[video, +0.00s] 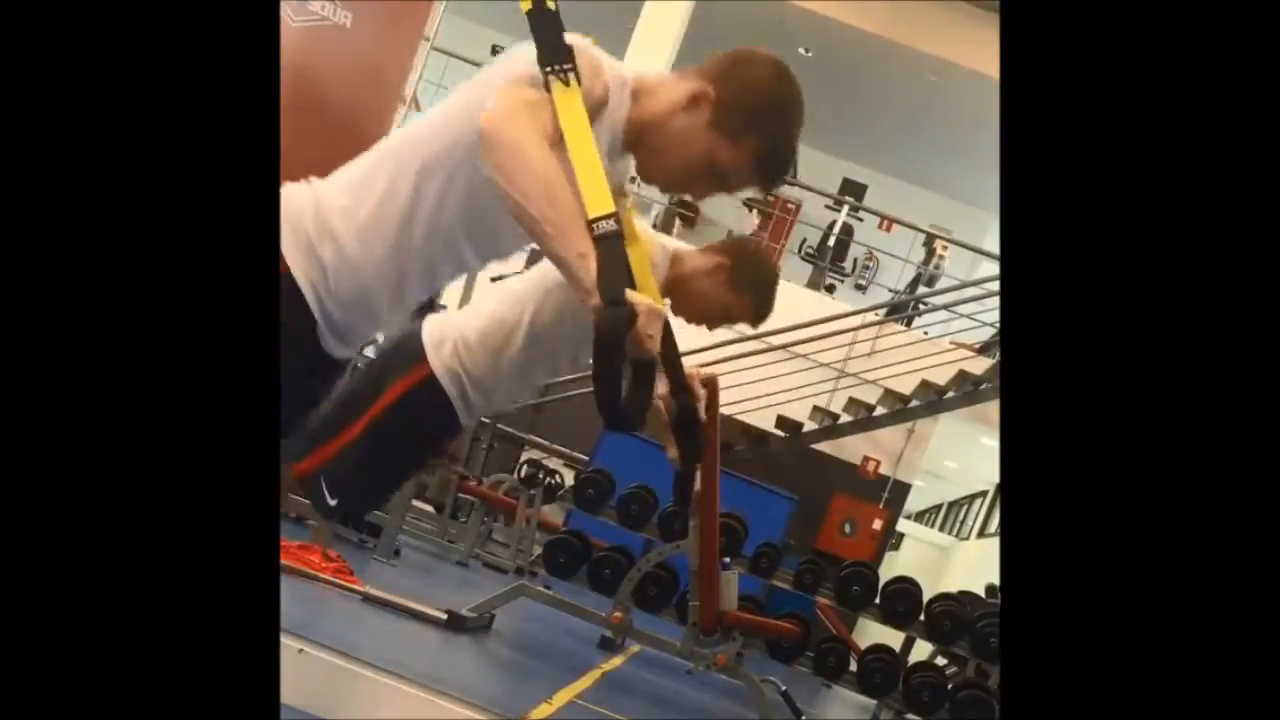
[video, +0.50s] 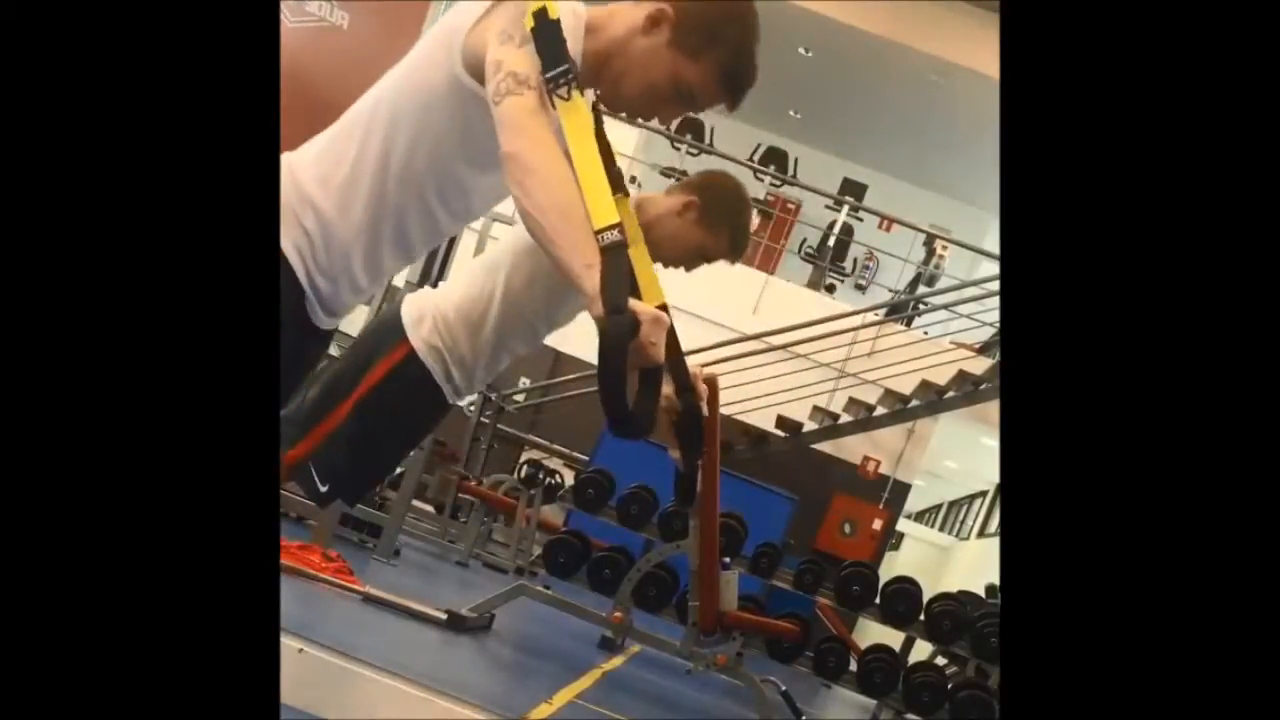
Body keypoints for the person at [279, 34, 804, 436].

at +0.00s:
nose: (700, 195)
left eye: (721, 189)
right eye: (715, 172)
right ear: (698, 104)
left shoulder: (610, 165)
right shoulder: (583, 69)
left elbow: (626, 273)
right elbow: (507, 134)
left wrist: (669, 380)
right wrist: (598, 286)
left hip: (336, 337)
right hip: (294, 273)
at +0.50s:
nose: (668, 119)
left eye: (685, 113)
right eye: (681, 96)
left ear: (654, 20)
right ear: (657, 19)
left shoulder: (568, 92)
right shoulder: (525, 16)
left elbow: (608, 223)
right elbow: (525, 137)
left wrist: (665, 366)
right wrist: (608, 296)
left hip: (322, 305)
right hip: (288, 252)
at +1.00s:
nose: (704, 208)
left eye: (722, 203)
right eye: (718, 189)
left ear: (696, 120)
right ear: (697, 121)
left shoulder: (615, 174)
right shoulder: (582, 84)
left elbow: (634, 266)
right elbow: (522, 141)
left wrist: (683, 352)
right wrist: (628, 271)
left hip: (341, 357)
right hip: (297, 298)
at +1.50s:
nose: (746, 373)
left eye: (765, 372)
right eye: (764, 358)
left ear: (762, 293)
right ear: (763, 295)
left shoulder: (676, 325)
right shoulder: (659, 235)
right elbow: (537, 119)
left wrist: (679, 393)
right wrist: (641, 269)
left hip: (370, 450)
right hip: (330, 392)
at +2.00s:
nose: (760, 505)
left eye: (781, 504)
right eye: (779, 487)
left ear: (780, 407)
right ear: (779, 412)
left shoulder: (711, 440)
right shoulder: (683, 343)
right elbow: (547, 168)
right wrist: (638, 295)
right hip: (347, 470)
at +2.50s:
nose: (748, 347)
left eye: (766, 349)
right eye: (764, 332)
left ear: (765, 257)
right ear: (766, 263)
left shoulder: (682, 312)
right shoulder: (667, 219)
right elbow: (526, 129)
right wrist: (644, 278)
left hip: (375, 432)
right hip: (337, 381)